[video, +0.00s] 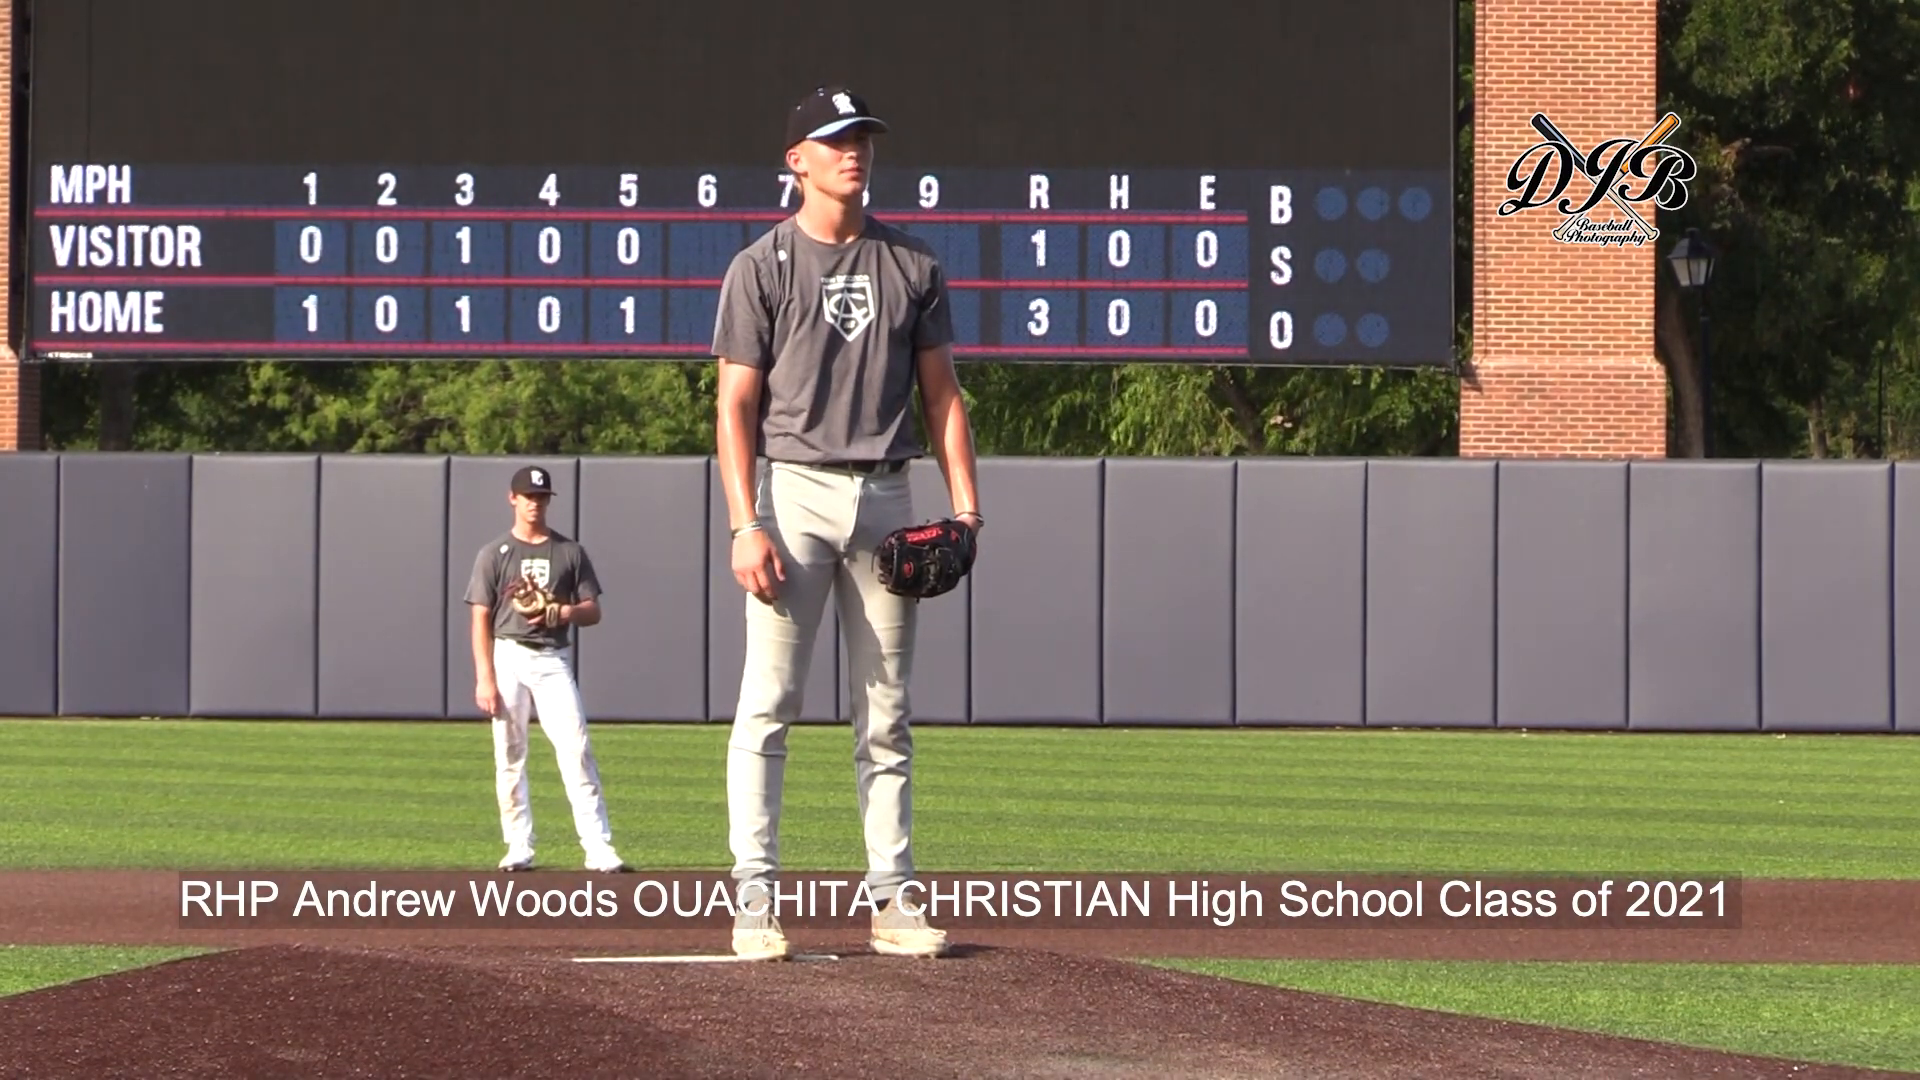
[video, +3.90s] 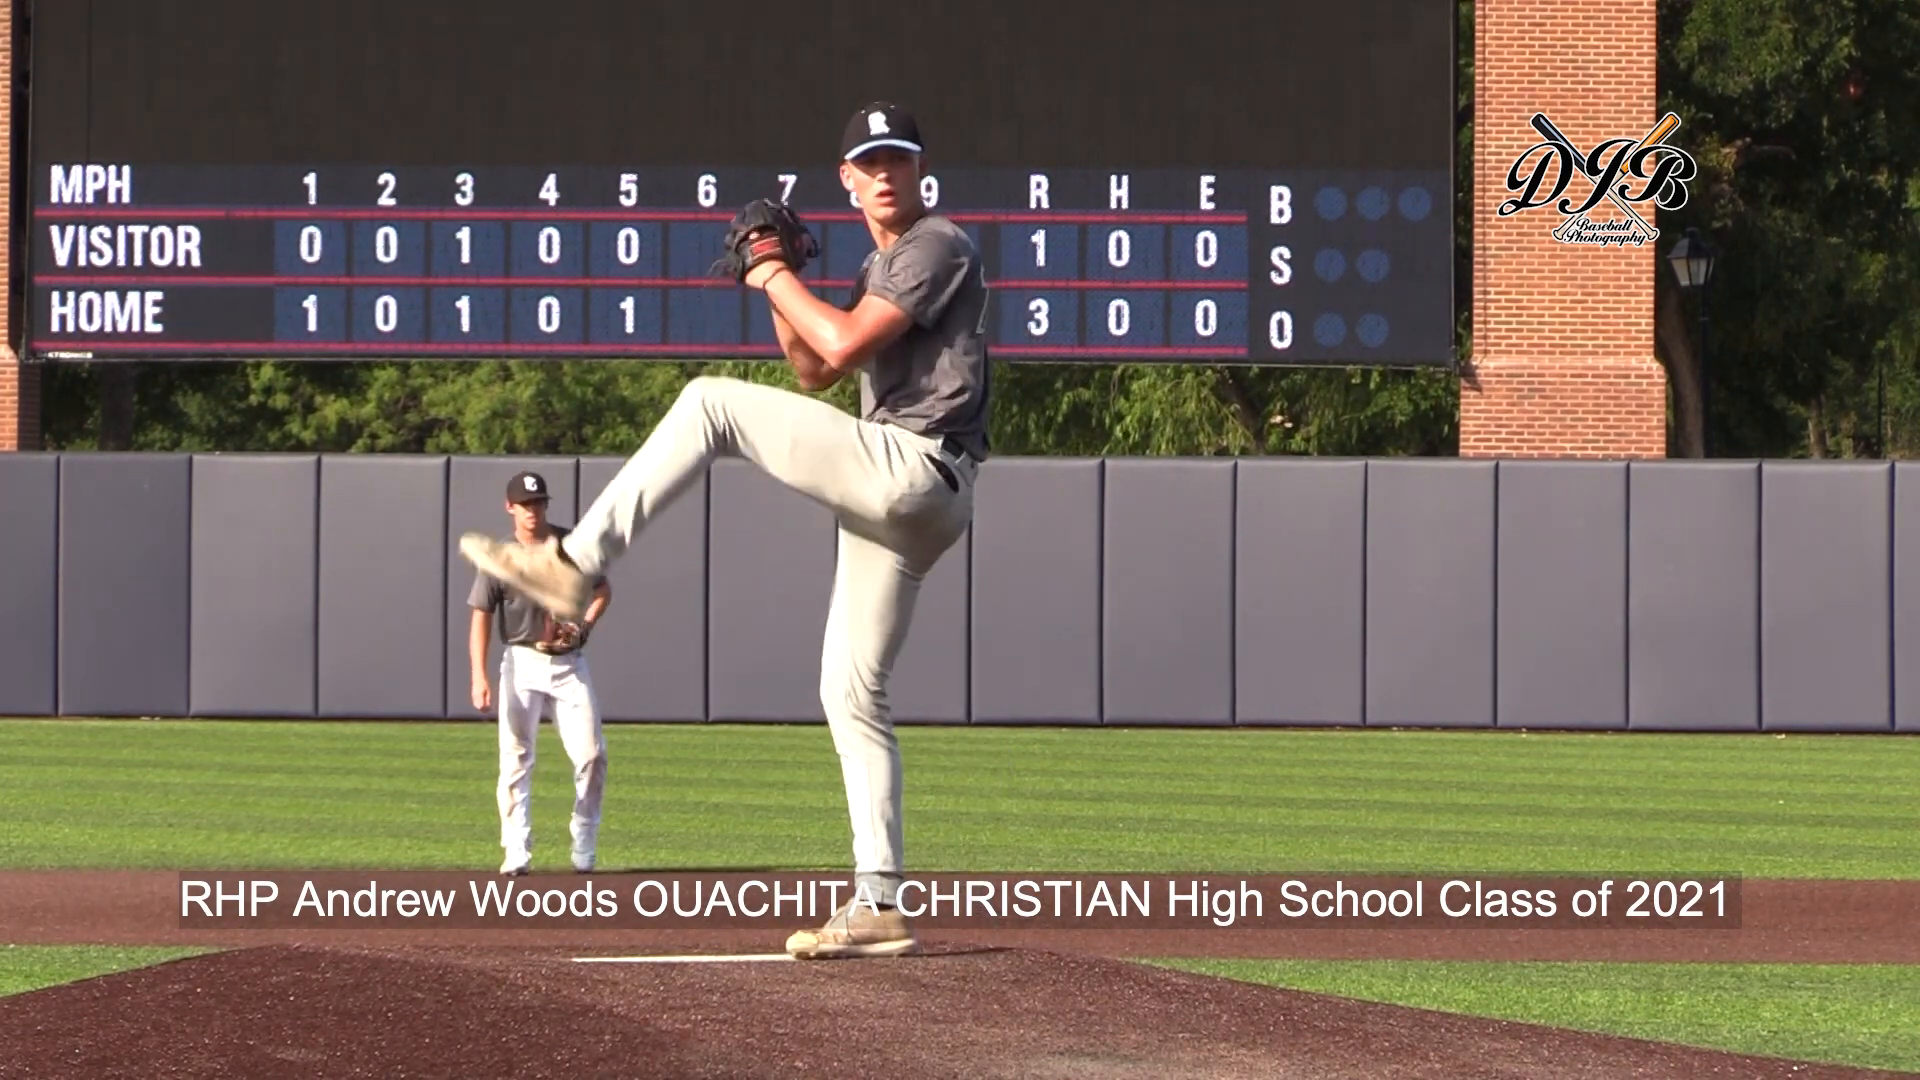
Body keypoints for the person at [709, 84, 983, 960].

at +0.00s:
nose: (853, 157)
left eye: (860, 143)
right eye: (836, 145)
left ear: (871, 157)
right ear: (798, 160)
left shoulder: (913, 268)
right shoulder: (758, 269)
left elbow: (944, 395)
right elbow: (733, 407)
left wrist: (965, 509)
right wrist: (744, 523)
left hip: (888, 496)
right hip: (792, 493)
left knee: (887, 712)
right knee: (769, 704)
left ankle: (893, 897)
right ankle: (756, 895)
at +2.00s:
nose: (845, 160)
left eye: (853, 146)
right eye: (826, 148)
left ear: (867, 158)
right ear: (791, 163)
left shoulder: (914, 258)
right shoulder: (752, 269)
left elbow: (944, 389)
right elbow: (729, 399)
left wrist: (889, 477)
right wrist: (797, 460)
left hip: (884, 507)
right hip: (785, 509)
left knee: (913, 709)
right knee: (769, 705)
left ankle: (964, 902)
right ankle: (755, 902)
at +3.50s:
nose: (901, 165)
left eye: (911, 150)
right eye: (884, 153)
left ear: (930, 160)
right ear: (857, 167)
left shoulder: (953, 244)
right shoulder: (858, 263)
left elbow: (932, 383)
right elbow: (846, 381)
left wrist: (817, 423)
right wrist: (784, 405)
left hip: (930, 486)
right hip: (867, 490)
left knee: (870, 686)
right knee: (851, 697)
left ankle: (940, 882)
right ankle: (880, 898)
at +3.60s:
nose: (895, 165)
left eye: (906, 150)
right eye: (879, 153)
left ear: (926, 160)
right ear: (853, 166)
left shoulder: (948, 243)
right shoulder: (865, 261)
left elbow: (914, 378)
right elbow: (849, 368)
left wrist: (796, 391)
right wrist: (780, 368)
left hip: (925, 479)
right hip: (873, 479)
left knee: (797, 630)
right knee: (868, 696)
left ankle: (872, 829)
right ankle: (874, 908)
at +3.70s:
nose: (889, 168)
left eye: (902, 153)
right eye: (873, 155)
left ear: (925, 162)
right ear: (851, 170)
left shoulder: (946, 242)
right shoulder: (869, 264)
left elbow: (893, 371)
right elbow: (853, 387)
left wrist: (778, 343)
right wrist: (779, 342)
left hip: (920, 475)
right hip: (885, 476)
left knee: (741, 557)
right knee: (863, 704)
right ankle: (882, 906)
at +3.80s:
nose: (886, 173)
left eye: (899, 157)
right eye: (870, 160)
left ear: (924, 166)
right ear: (850, 174)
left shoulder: (943, 242)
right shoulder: (875, 263)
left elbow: (871, 360)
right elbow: (839, 380)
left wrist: (773, 303)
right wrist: (778, 309)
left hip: (918, 473)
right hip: (894, 477)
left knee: (713, 481)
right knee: (864, 702)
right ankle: (879, 907)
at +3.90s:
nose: (885, 178)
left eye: (897, 162)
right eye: (869, 165)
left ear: (922, 170)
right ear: (848, 178)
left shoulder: (937, 243)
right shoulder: (878, 264)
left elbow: (845, 346)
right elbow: (811, 365)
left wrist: (773, 276)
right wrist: (779, 276)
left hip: (910, 468)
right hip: (898, 488)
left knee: (711, 403)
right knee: (854, 698)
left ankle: (575, 565)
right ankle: (878, 905)